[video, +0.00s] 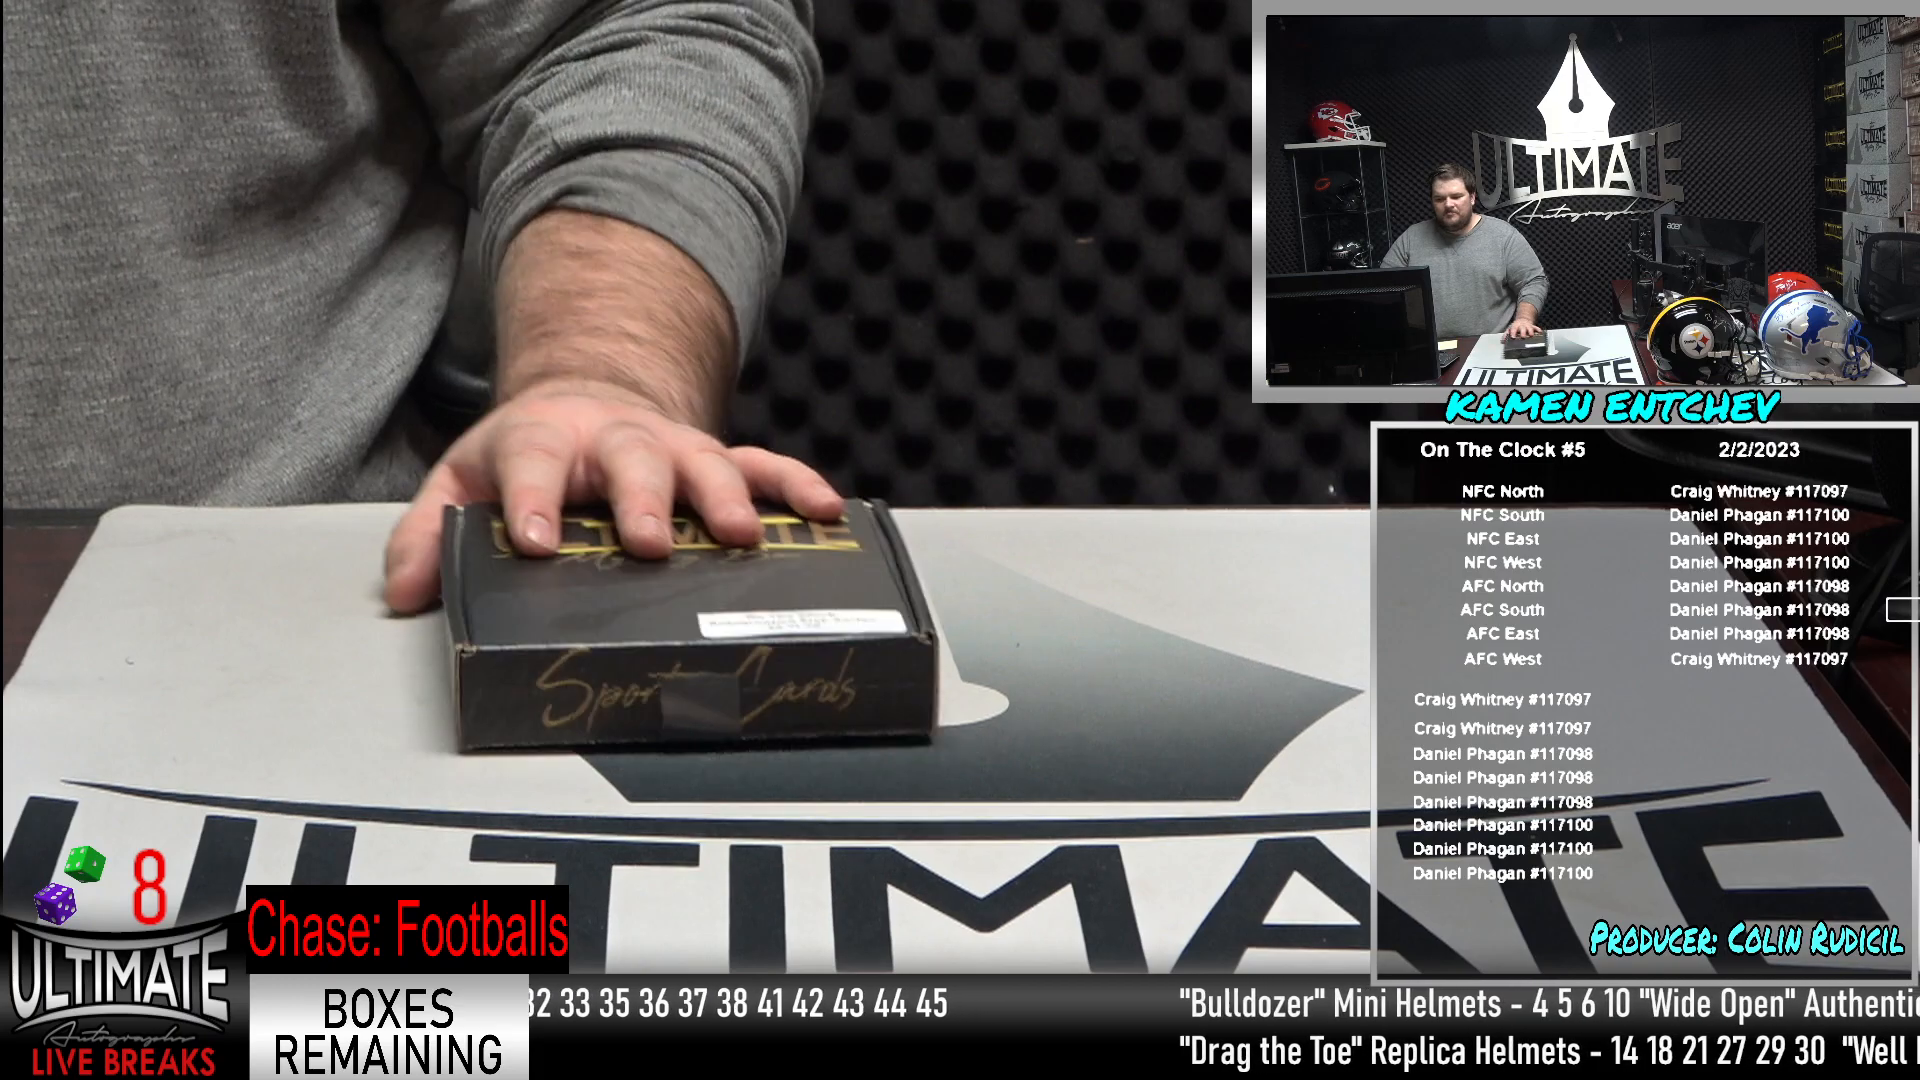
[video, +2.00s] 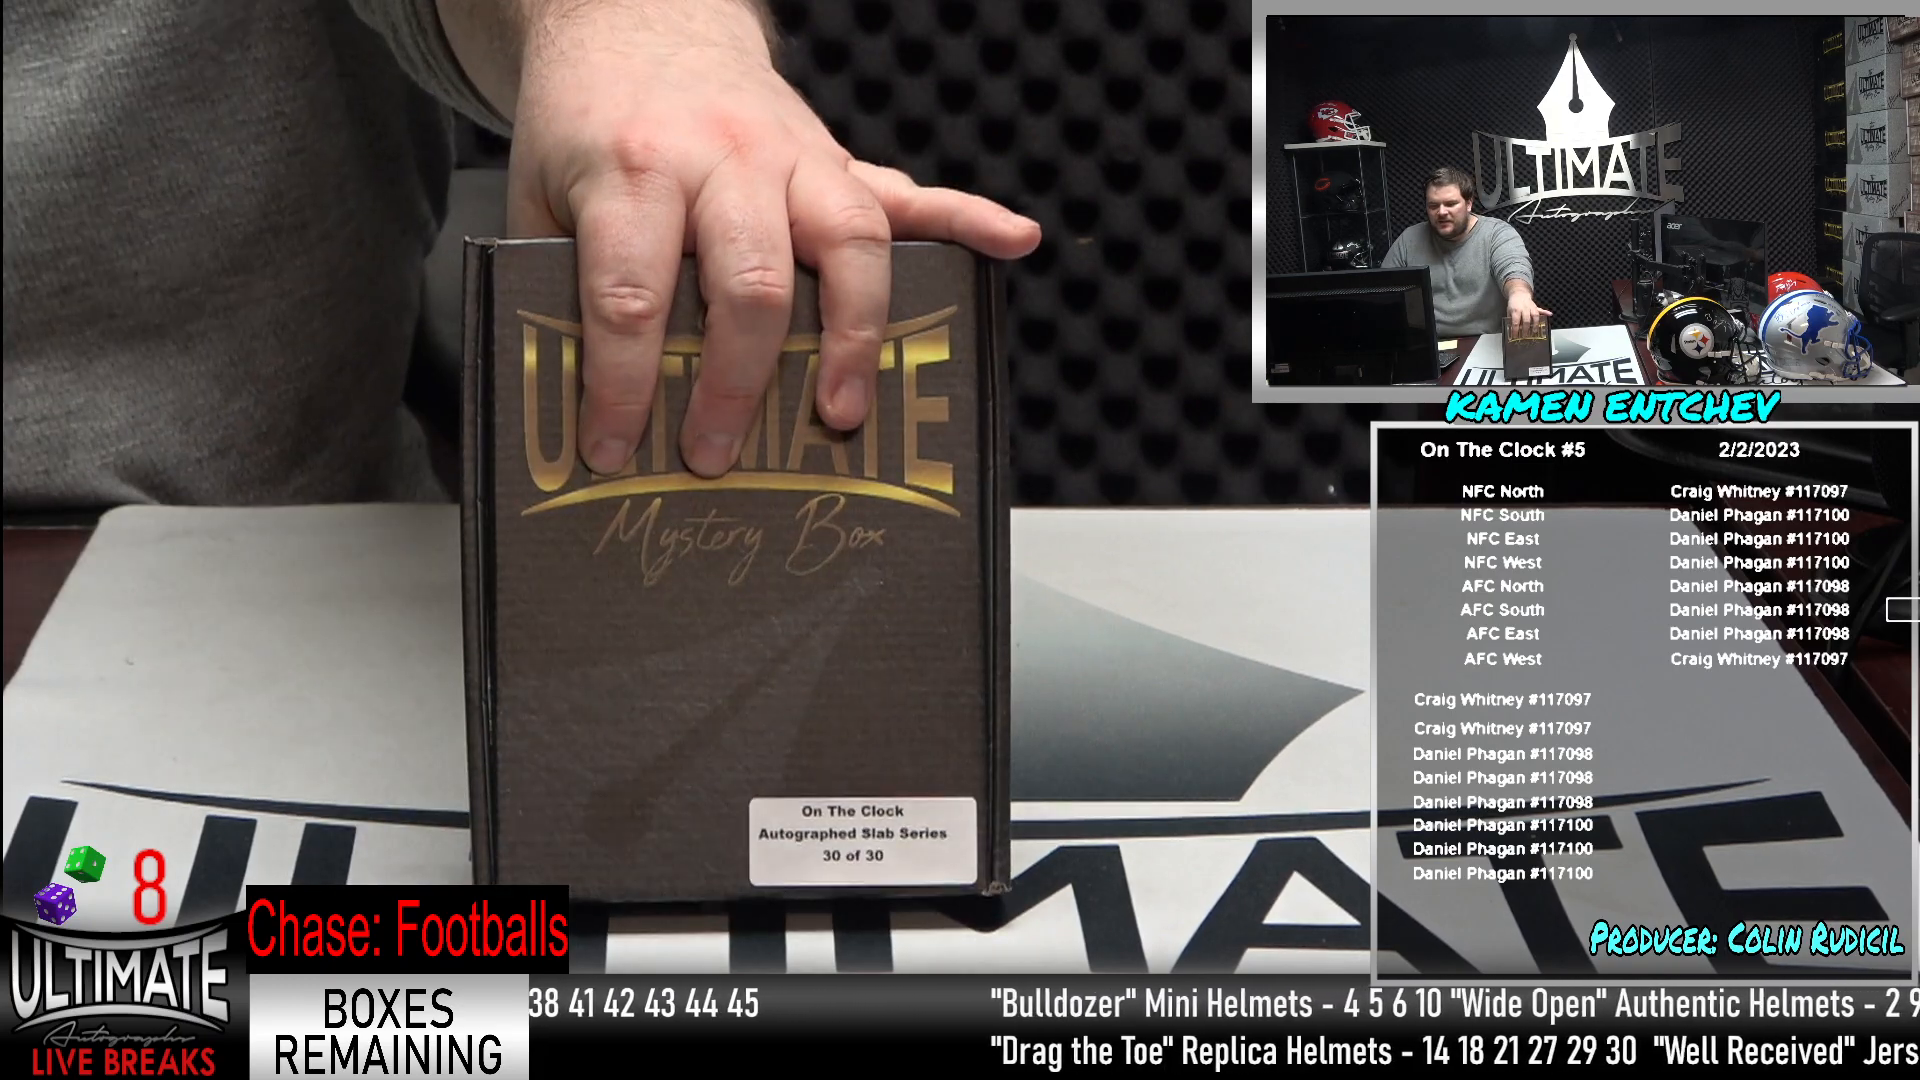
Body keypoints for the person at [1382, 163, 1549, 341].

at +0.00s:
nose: (1449, 204)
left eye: (1456, 196)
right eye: (1440, 198)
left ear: (1472, 197)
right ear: (1432, 202)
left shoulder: (1503, 236)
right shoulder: (1412, 239)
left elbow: (1534, 280)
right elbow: (1383, 285)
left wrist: (1524, 318)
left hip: (1494, 353)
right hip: (1430, 357)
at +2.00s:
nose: (1442, 212)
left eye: (1450, 204)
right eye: (1434, 205)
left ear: (1469, 204)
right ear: (1426, 208)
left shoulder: (1498, 234)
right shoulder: (1410, 240)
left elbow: (1514, 268)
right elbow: (1383, 289)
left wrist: (1520, 295)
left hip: (1488, 349)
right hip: (1425, 351)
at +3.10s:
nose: (1451, 202)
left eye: (1458, 194)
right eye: (1442, 197)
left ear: (1472, 197)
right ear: (1432, 202)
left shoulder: (1502, 234)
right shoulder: (1414, 238)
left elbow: (1540, 269)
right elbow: (1387, 288)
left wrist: (1536, 302)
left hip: (1495, 353)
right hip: (1431, 356)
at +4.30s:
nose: (1459, 206)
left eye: (1465, 197)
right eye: (1450, 200)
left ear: (1475, 197)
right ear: (1436, 202)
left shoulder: (1506, 231)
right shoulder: (1416, 237)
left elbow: (1536, 272)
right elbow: (1394, 287)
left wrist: (1520, 301)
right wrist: (1419, 311)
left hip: (1497, 349)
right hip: (1436, 354)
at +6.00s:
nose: (1452, 213)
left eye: (1458, 204)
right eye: (1443, 207)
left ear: (1471, 199)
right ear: (1432, 206)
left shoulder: (1504, 231)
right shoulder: (1415, 240)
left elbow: (1538, 272)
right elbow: (1392, 290)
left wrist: (1512, 290)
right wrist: (1429, 303)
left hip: (1500, 347)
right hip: (1436, 353)